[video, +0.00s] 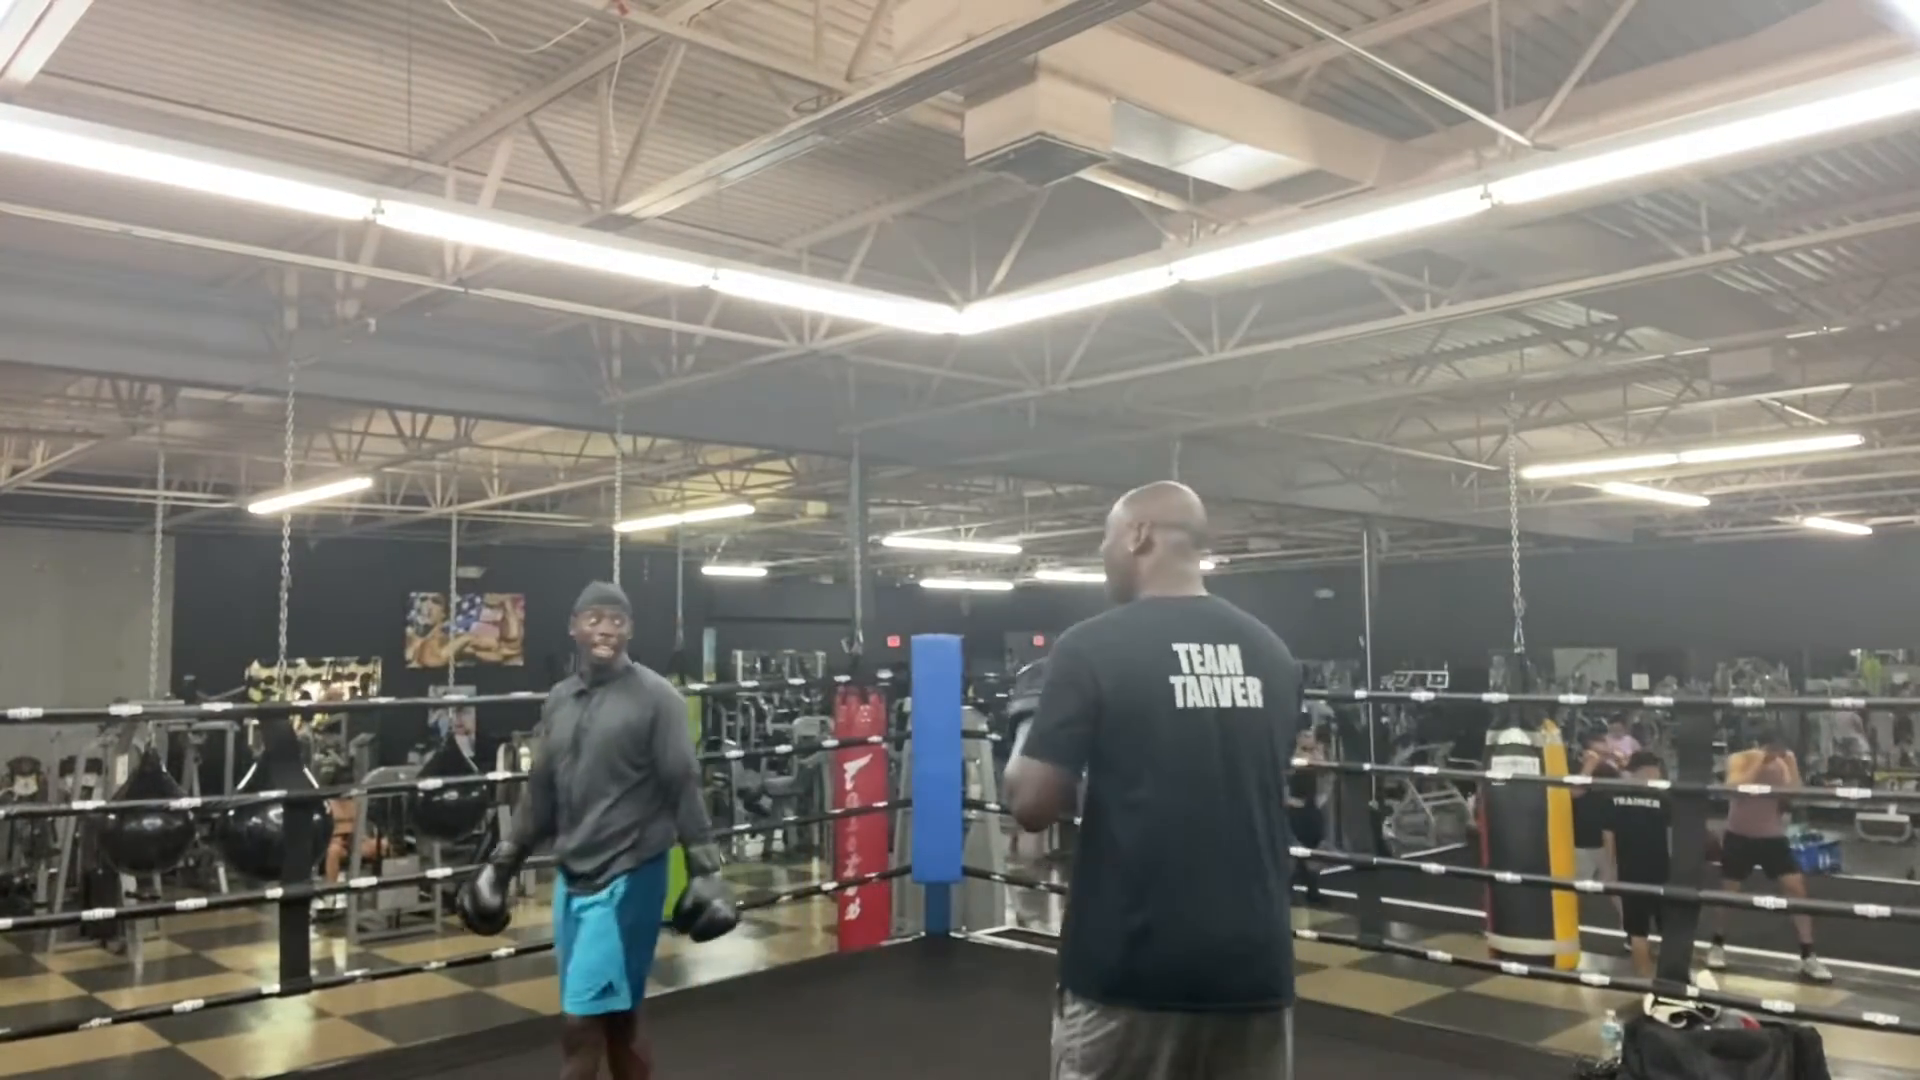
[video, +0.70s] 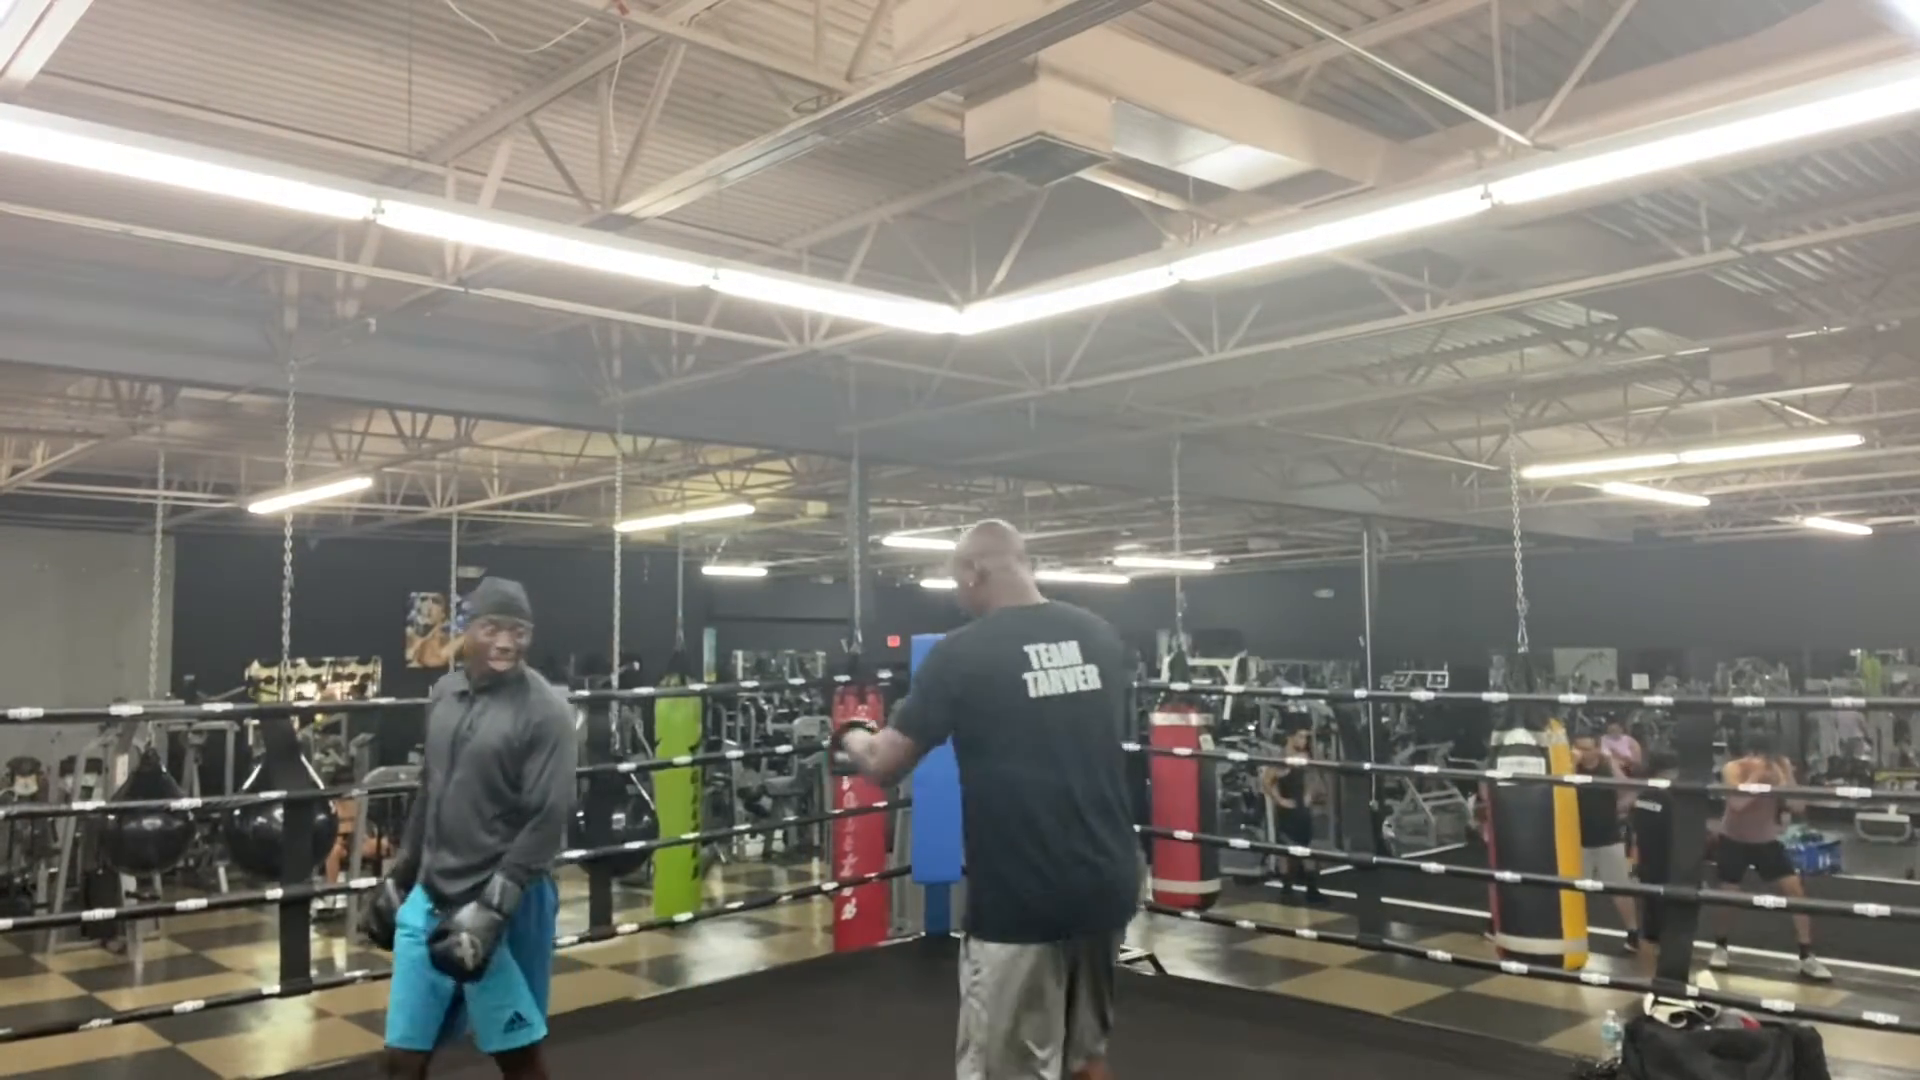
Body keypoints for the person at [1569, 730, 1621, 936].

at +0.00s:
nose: (1602, 754)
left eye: (1605, 749)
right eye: (1598, 749)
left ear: (1609, 748)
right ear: (1586, 750)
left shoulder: (1612, 771)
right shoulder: (1578, 772)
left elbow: (1632, 784)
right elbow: (1574, 793)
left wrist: (1621, 766)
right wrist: (1588, 768)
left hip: (1608, 840)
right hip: (1581, 840)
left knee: (1613, 888)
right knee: (1577, 888)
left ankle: (1625, 927)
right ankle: (1571, 927)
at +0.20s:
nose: (1587, 752)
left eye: (1592, 748)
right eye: (1583, 747)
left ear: (1600, 750)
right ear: (1577, 750)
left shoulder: (1606, 771)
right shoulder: (1572, 771)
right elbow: (1569, 795)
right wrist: (1583, 767)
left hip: (1606, 836)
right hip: (1581, 836)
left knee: (1615, 886)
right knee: (1577, 887)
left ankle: (1630, 925)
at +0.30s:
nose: (1580, 753)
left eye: (1584, 749)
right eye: (1577, 749)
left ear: (1596, 751)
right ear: (1573, 750)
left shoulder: (1608, 773)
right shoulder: (1572, 775)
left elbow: (1618, 802)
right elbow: (1564, 803)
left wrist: (1617, 830)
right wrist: (1575, 770)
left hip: (1606, 840)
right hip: (1580, 841)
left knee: (1616, 891)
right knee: (1574, 891)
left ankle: (1631, 931)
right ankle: (1572, 935)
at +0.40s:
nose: (1580, 753)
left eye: (1584, 749)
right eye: (1577, 749)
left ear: (1596, 750)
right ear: (1571, 751)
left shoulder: (1606, 771)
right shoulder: (1569, 774)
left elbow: (1619, 801)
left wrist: (1620, 832)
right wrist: (1572, 766)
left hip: (1607, 840)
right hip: (1579, 841)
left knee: (1618, 891)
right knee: (1574, 893)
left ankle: (1632, 932)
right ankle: (1571, 936)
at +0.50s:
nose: (1579, 754)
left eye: (1584, 749)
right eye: (1576, 749)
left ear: (1596, 749)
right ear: (1571, 751)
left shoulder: (1607, 769)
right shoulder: (1571, 772)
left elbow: (1626, 789)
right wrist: (1571, 765)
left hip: (1610, 839)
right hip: (1578, 840)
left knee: (1619, 890)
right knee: (1572, 892)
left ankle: (1632, 931)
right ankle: (1570, 934)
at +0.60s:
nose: (1582, 754)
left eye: (1586, 749)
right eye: (1578, 749)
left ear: (1597, 749)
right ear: (1573, 751)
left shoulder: (1608, 768)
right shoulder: (1571, 769)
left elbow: (1625, 785)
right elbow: (1558, 787)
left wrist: (1611, 762)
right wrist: (1570, 764)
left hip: (1609, 838)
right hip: (1579, 839)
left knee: (1621, 888)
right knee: (1573, 890)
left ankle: (1632, 932)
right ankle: (1571, 935)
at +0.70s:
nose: (1585, 754)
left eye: (1589, 749)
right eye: (1581, 749)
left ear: (1598, 749)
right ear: (1574, 750)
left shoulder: (1609, 768)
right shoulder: (1570, 770)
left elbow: (1626, 790)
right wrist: (1570, 764)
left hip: (1609, 838)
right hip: (1578, 839)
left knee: (1620, 888)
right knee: (1573, 890)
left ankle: (1632, 931)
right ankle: (1572, 934)